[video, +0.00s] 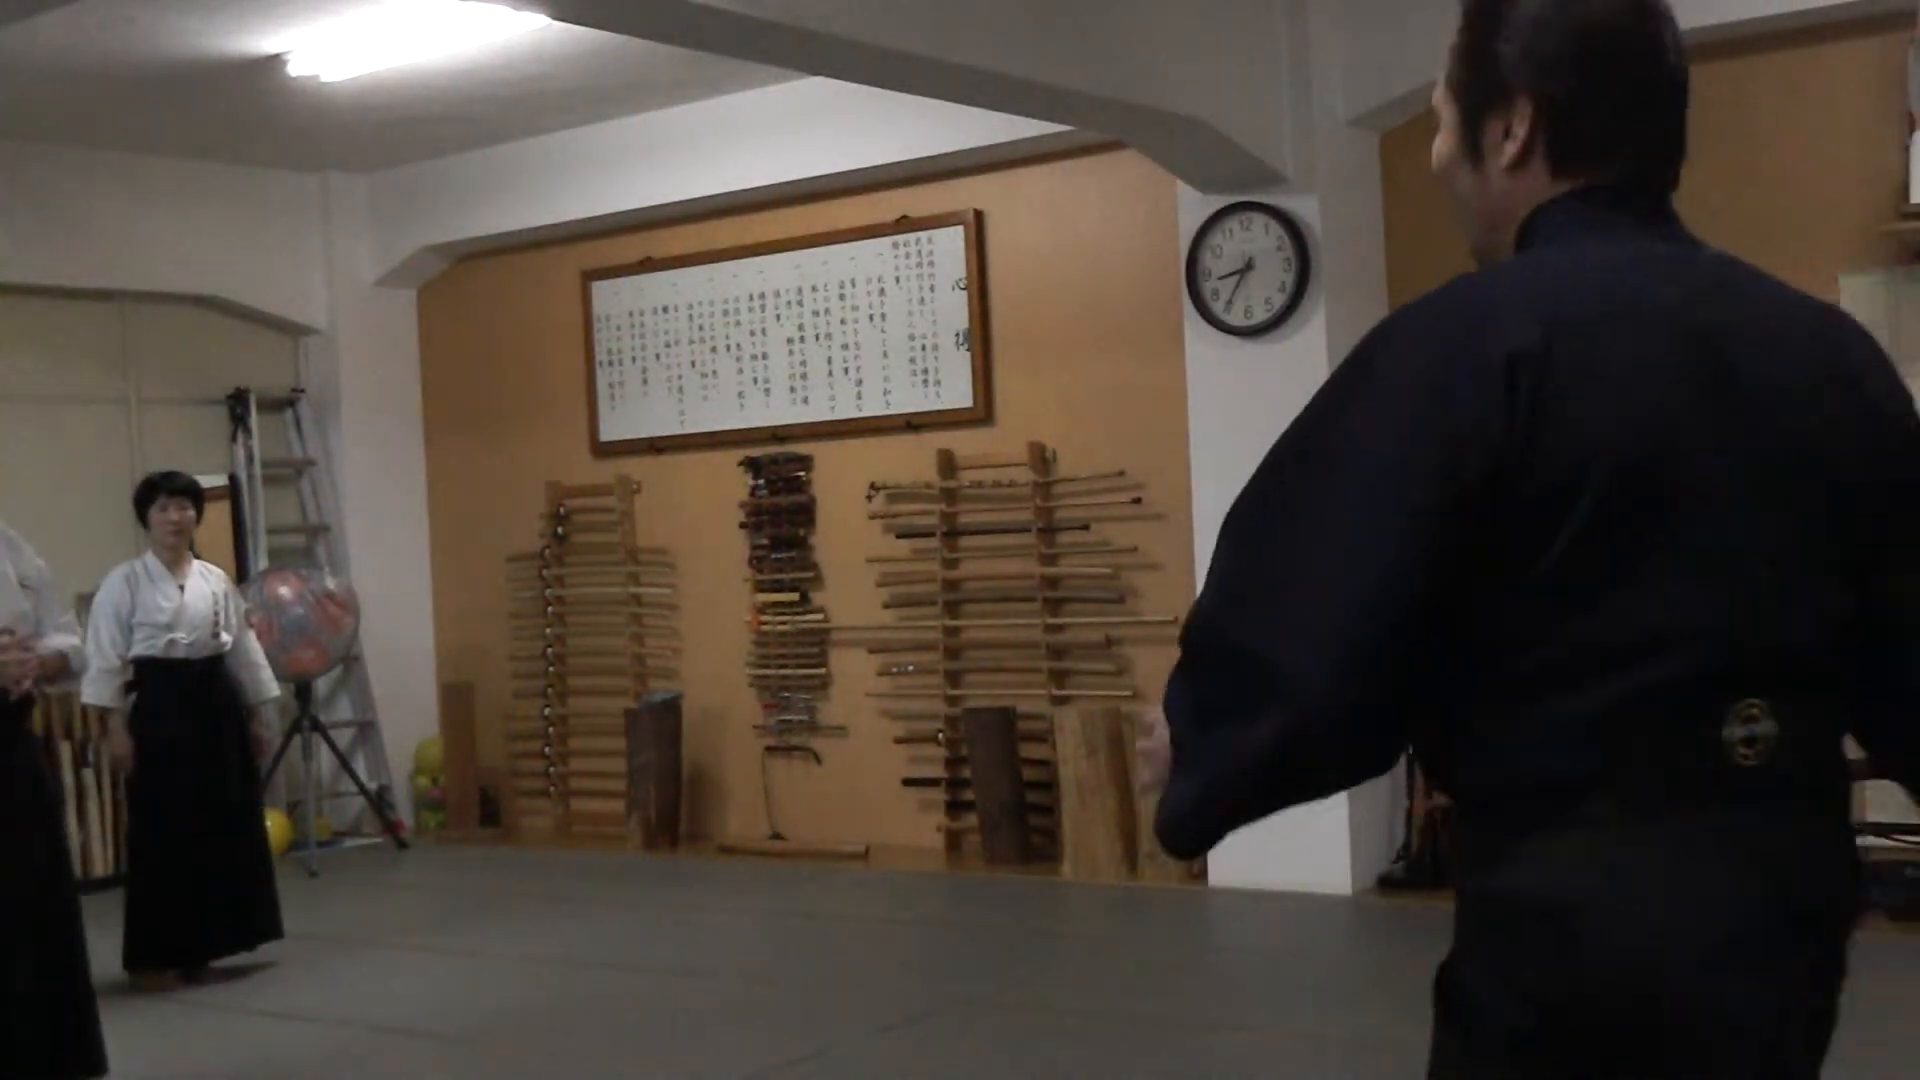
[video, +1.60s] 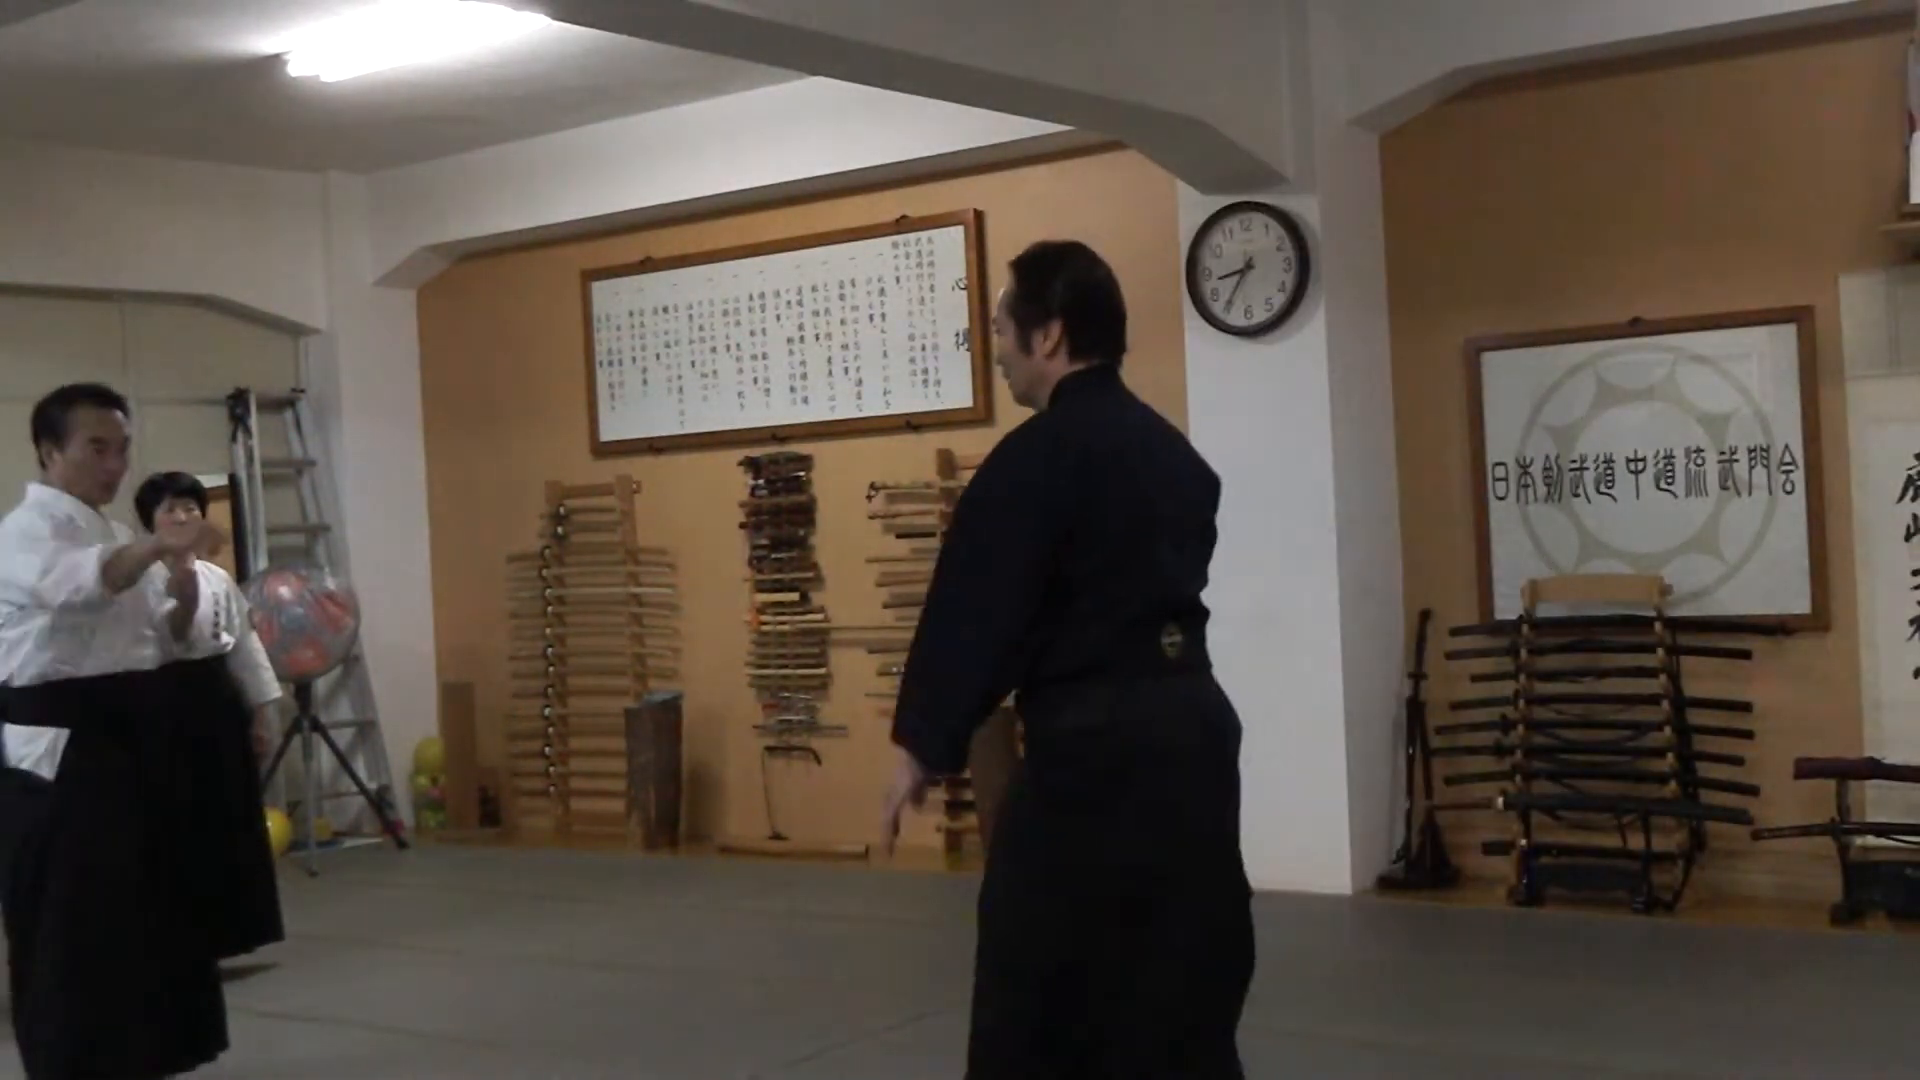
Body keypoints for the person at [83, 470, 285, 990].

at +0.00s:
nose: (174, 517)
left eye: (183, 508)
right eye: (163, 508)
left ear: (197, 517)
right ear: (145, 519)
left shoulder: (215, 581)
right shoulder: (124, 582)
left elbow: (243, 649)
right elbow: (104, 658)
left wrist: (260, 713)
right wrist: (115, 725)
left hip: (212, 703)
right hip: (157, 705)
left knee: (215, 822)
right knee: (161, 826)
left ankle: (202, 951)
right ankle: (155, 957)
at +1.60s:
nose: (183, 516)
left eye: (191, 508)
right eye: (170, 509)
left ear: (204, 518)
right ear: (148, 522)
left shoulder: (217, 579)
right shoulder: (141, 581)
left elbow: (243, 643)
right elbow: (136, 656)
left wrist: (263, 707)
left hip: (217, 704)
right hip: (160, 711)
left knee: (226, 816)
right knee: (174, 826)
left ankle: (230, 930)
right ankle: (184, 936)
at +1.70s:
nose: (182, 522)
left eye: (191, 512)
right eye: (169, 514)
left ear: (203, 519)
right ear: (147, 522)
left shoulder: (216, 579)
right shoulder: (135, 583)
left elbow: (243, 645)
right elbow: (135, 651)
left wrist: (263, 708)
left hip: (215, 698)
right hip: (158, 702)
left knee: (222, 812)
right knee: (167, 819)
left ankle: (225, 929)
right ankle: (172, 933)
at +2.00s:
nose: (186, 522)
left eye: (195, 512)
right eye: (173, 513)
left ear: (207, 519)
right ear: (148, 523)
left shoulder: (219, 580)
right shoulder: (137, 583)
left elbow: (245, 644)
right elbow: (131, 654)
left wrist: (265, 707)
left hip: (218, 700)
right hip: (160, 704)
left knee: (224, 814)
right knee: (169, 821)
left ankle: (222, 934)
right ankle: (176, 938)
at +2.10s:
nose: (187, 521)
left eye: (195, 511)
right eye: (174, 513)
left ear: (208, 519)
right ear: (149, 523)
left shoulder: (221, 580)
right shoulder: (139, 583)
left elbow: (246, 645)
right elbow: (133, 655)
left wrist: (265, 710)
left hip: (220, 699)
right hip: (162, 704)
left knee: (226, 814)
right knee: (174, 821)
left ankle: (229, 932)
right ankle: (181, 938)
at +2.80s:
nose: (197, 517)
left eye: (203, 508)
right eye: (184, 509)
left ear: (215, 518)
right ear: (159, 521)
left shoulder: (222, 578)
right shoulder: (148, 575)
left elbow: (249, 643)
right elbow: (137, 652)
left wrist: (269, 708)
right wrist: (141, 720)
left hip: (225, 701)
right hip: (170, 703)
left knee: (231, 814)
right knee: (180, 819)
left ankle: (232, 932)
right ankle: (187, 938)